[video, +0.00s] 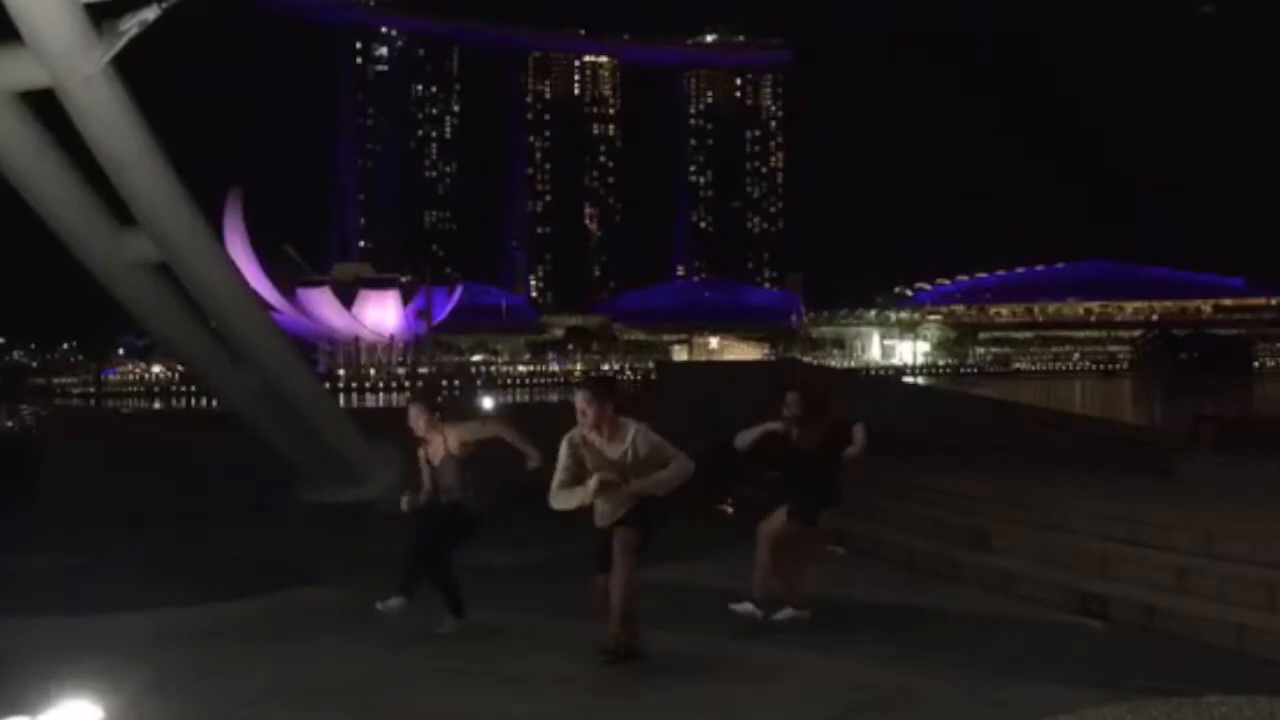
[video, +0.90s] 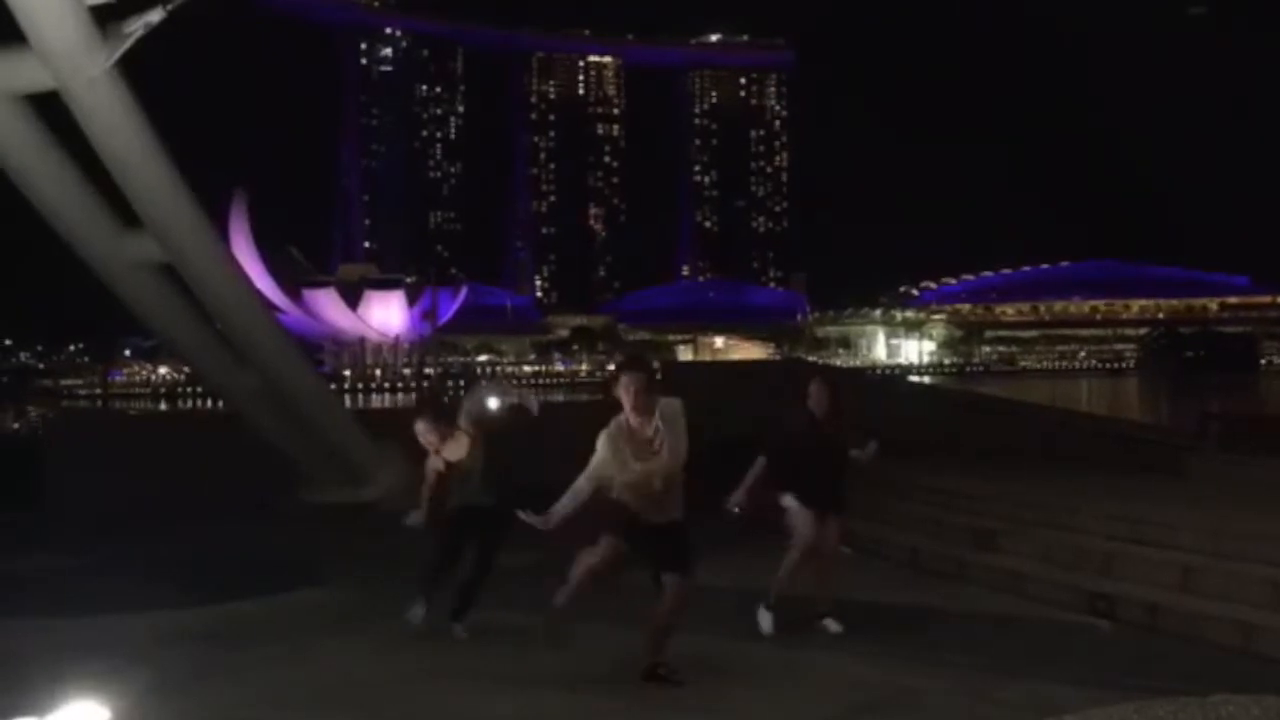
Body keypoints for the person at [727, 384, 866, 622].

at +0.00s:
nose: (786, 410)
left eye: (791, 406)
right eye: (786, 405)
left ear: (807, 409)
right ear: (787, 407)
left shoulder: (825, 432)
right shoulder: (784, 432)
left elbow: (856, 427)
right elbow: (740, 443)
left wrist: (857, 448)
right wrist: (768, 427)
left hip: (817, 498)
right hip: (794, 495)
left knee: (767, 531)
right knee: (793, 547)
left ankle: (759, 600)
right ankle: (797, 604)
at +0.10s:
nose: (789, 406)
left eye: (795, 401)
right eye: (788, 400)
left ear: (809, 404)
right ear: (786, 403)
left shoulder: (822, 429)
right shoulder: (789, 431)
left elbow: (855, 434)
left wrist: (847, 456)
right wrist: (762, 437)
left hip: (818, 491)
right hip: (791, 488)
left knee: (780, 537)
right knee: (771, 532)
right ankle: (793, 600)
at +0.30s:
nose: (803, 388)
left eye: (808, 382)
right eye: (799, 382)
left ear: (818, 387)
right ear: (794, 386)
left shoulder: (830, 420)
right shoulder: (787, 417)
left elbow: (847, 455)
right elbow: (755, 445)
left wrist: (854, 486)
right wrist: (775, 432)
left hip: (821, 491)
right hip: (786, 490)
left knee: (816, 551)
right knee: (780, 548)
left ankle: (820, 611)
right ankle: (786, 600)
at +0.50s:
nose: (810, 394)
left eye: (816, 388)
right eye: (807, 388)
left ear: (827, 392)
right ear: (801, 391)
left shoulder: (838, 423)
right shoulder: (792, 419)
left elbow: (863, 449)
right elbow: (773, 451)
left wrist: (880, 473)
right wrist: (809, 452)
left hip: (829, 498)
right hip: (793, 497)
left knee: (824, 559)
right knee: (787, 555)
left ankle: (823, 614)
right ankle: (772, 614)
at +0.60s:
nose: (812, 395)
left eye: (817, 389)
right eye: (808, 389)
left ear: (828, 392)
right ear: (803, 392)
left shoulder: (841, 421)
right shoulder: (797, 423)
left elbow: (863, 447)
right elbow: (784, 465)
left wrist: (879, 471)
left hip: (833, 495)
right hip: (801, 495)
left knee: (829, 556)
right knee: (792, 551)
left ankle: (823, 612)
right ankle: (764, 607)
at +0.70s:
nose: (816, 398)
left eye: (821, 392)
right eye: (811, 392)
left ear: (830, 395)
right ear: (804, 396)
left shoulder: (840, 427)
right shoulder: (794, 426)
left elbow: (865, 456)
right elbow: (773, 468)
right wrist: (760, 505)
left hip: (831, 494)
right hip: (798, 492)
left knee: (830, 554)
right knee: (808, 536)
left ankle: (824, 612)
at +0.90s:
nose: (818, 402)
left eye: (822, 397)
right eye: (814, 397)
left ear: (830, 399)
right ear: (807, 398)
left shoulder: (834, 427)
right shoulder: (794, 425)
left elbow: (844, 454)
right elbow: (765, 459)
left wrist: (863, 456)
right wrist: (742, 492)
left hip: (828, 495)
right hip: (795, 492)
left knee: (829, 553)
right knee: (804, 540)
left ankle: (823, 611)